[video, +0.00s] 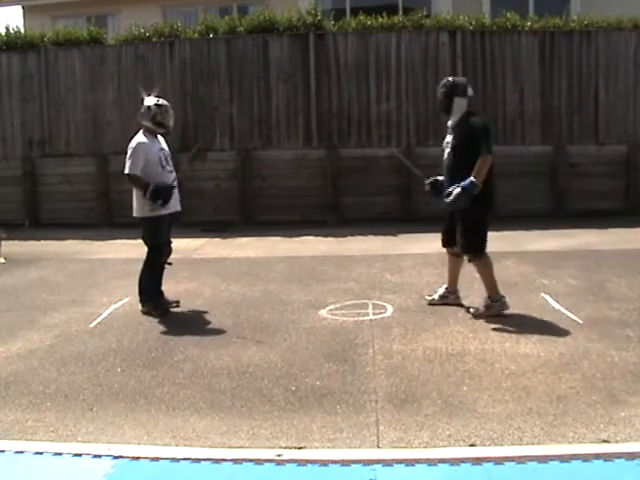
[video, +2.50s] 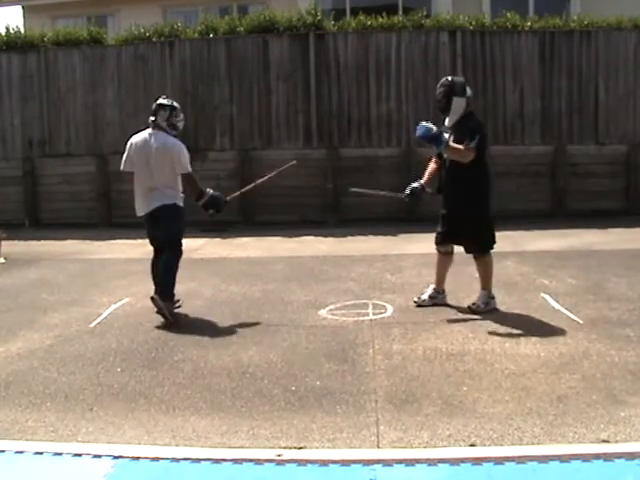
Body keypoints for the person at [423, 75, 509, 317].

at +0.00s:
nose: (441, 102)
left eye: (445, 97)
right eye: (441, 97)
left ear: (458, 99)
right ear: (456, 99)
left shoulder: (476, 126)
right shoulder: (453, 127)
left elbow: (486, 157)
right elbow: (457, 162)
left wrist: (470, 185)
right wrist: (444, 181)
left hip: (475, 196)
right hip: (456, 195)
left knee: (473, 248)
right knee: (452, 244)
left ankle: (495, 298)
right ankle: (451, 290)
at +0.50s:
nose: (439, 103)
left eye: (443, 97)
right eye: (440, 97)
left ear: (456, 98)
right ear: (450, 99)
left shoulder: (472, 124)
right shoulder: (450, 125)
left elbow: (480, 157)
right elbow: (447, 157)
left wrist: (451, 169)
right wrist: (427, 171)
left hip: (472, 197)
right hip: (453, 196)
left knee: (476, 246)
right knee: (452, 244)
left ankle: (486, 294)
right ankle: (450, 290)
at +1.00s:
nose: (447, 101)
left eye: (452, 96)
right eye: (447, 96)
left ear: (467, 98)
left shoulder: (481, 124)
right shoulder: (456, 123)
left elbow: (484, 161)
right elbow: (448, 151)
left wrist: (451, 165)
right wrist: (433, 157)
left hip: (478, 200)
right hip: (457, 197)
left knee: (479, 247)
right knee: (444, 241)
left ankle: (486, 295)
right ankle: (436, 287)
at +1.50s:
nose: (422, 100)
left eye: (426, 97)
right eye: (424, 97)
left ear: (437, 101)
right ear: (443, 101)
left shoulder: (443, 127)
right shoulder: (446, 120)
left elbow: (438, 164)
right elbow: (426, 98)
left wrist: (414, 165)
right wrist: (403, 102)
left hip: (441, 193)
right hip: (435, 191)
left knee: (439, 243)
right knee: (432, 242)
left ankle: (474, 286)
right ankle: (432, 289)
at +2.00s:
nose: (419, 100)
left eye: (423, 96)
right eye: (420, 96)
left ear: (433, 100)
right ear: (440, 100)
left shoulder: (439, 127)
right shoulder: (443, 120)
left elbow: (430, 164)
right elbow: (429, 93)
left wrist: (407, 158)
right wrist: (407, 82)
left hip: (436, 194)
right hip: (431, 192)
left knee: (439, 243)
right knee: (428, 241)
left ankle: (474, 285)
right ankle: (431, 289)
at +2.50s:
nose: (438, 101)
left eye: (443, 96)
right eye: (438, 96)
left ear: (456, 99)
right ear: (448, 100)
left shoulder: (472, 125)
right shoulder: (448, 126)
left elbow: (467, 155)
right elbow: (437, 159)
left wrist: (440, 143)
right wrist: (422, 183)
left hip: (474, 198)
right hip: (453, 197)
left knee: (479, 247)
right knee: (444, 242)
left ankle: (486, 295)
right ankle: (438, 290)